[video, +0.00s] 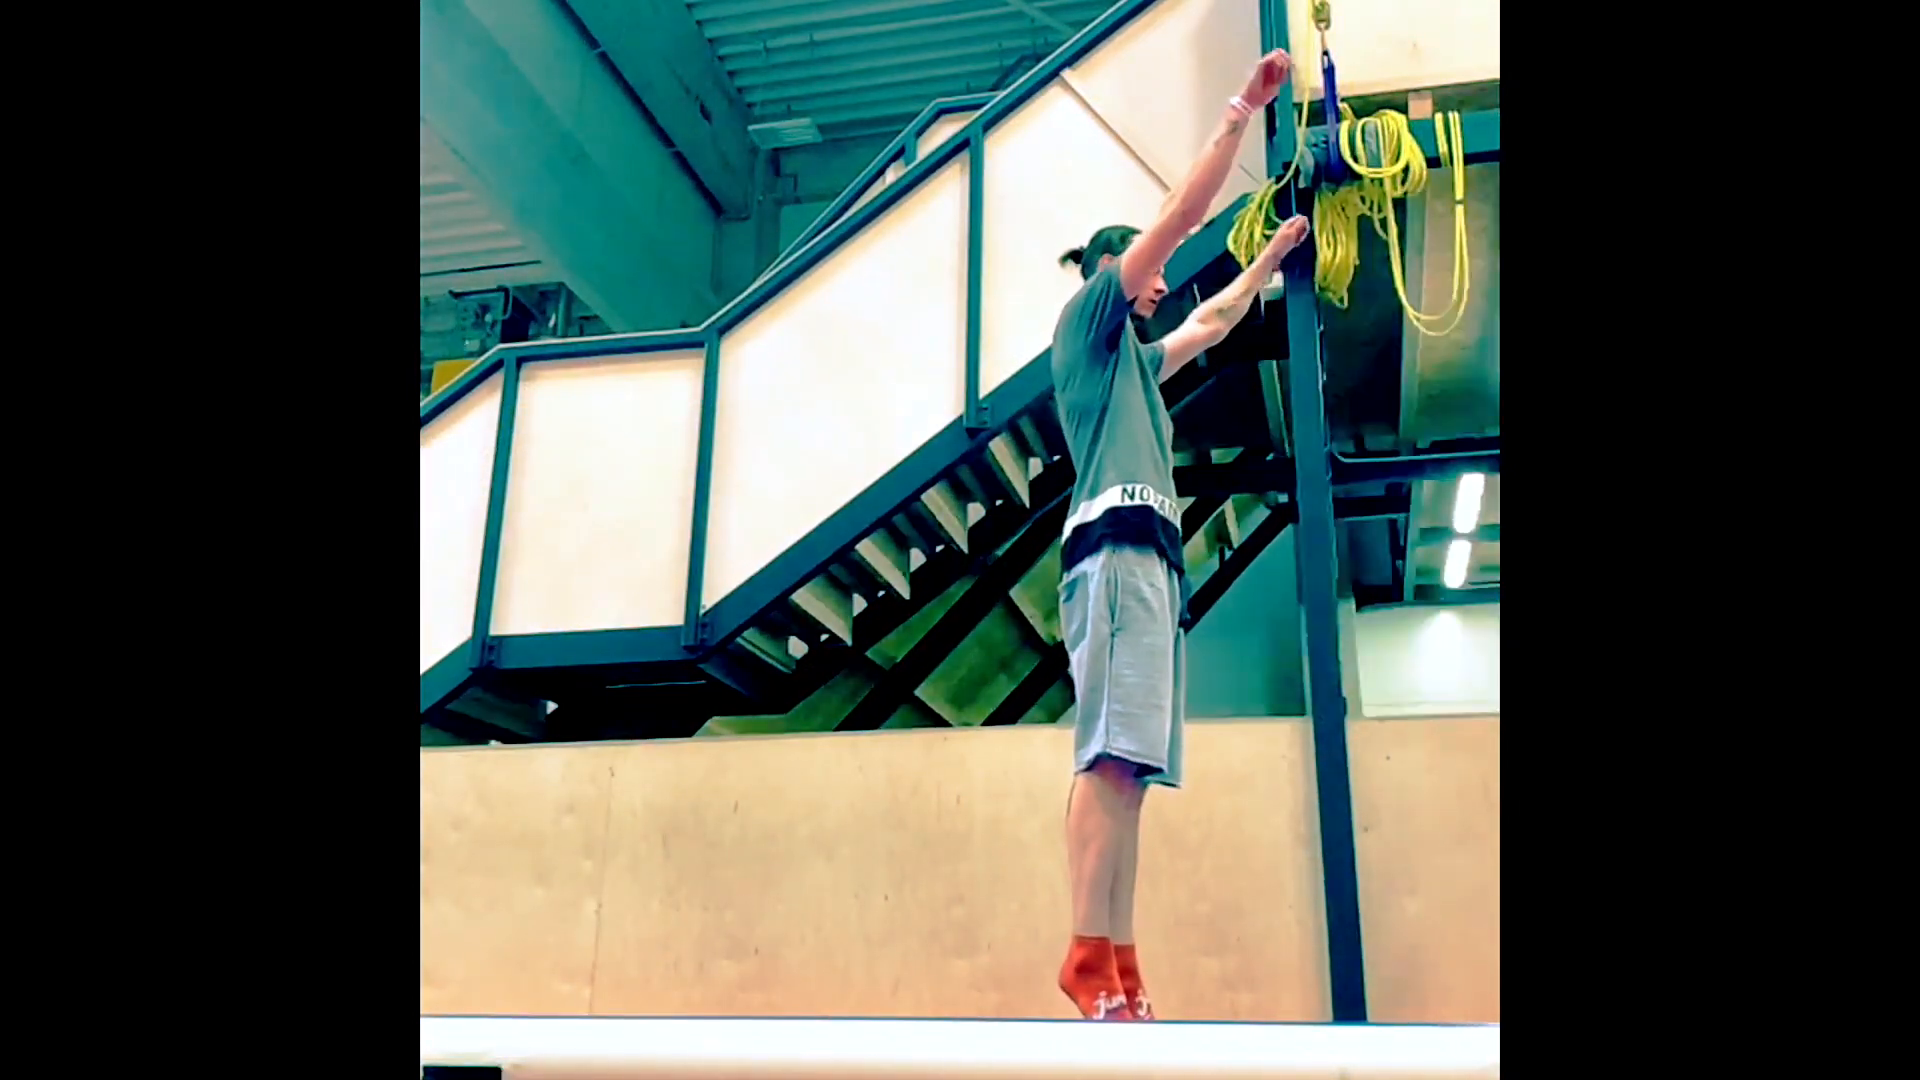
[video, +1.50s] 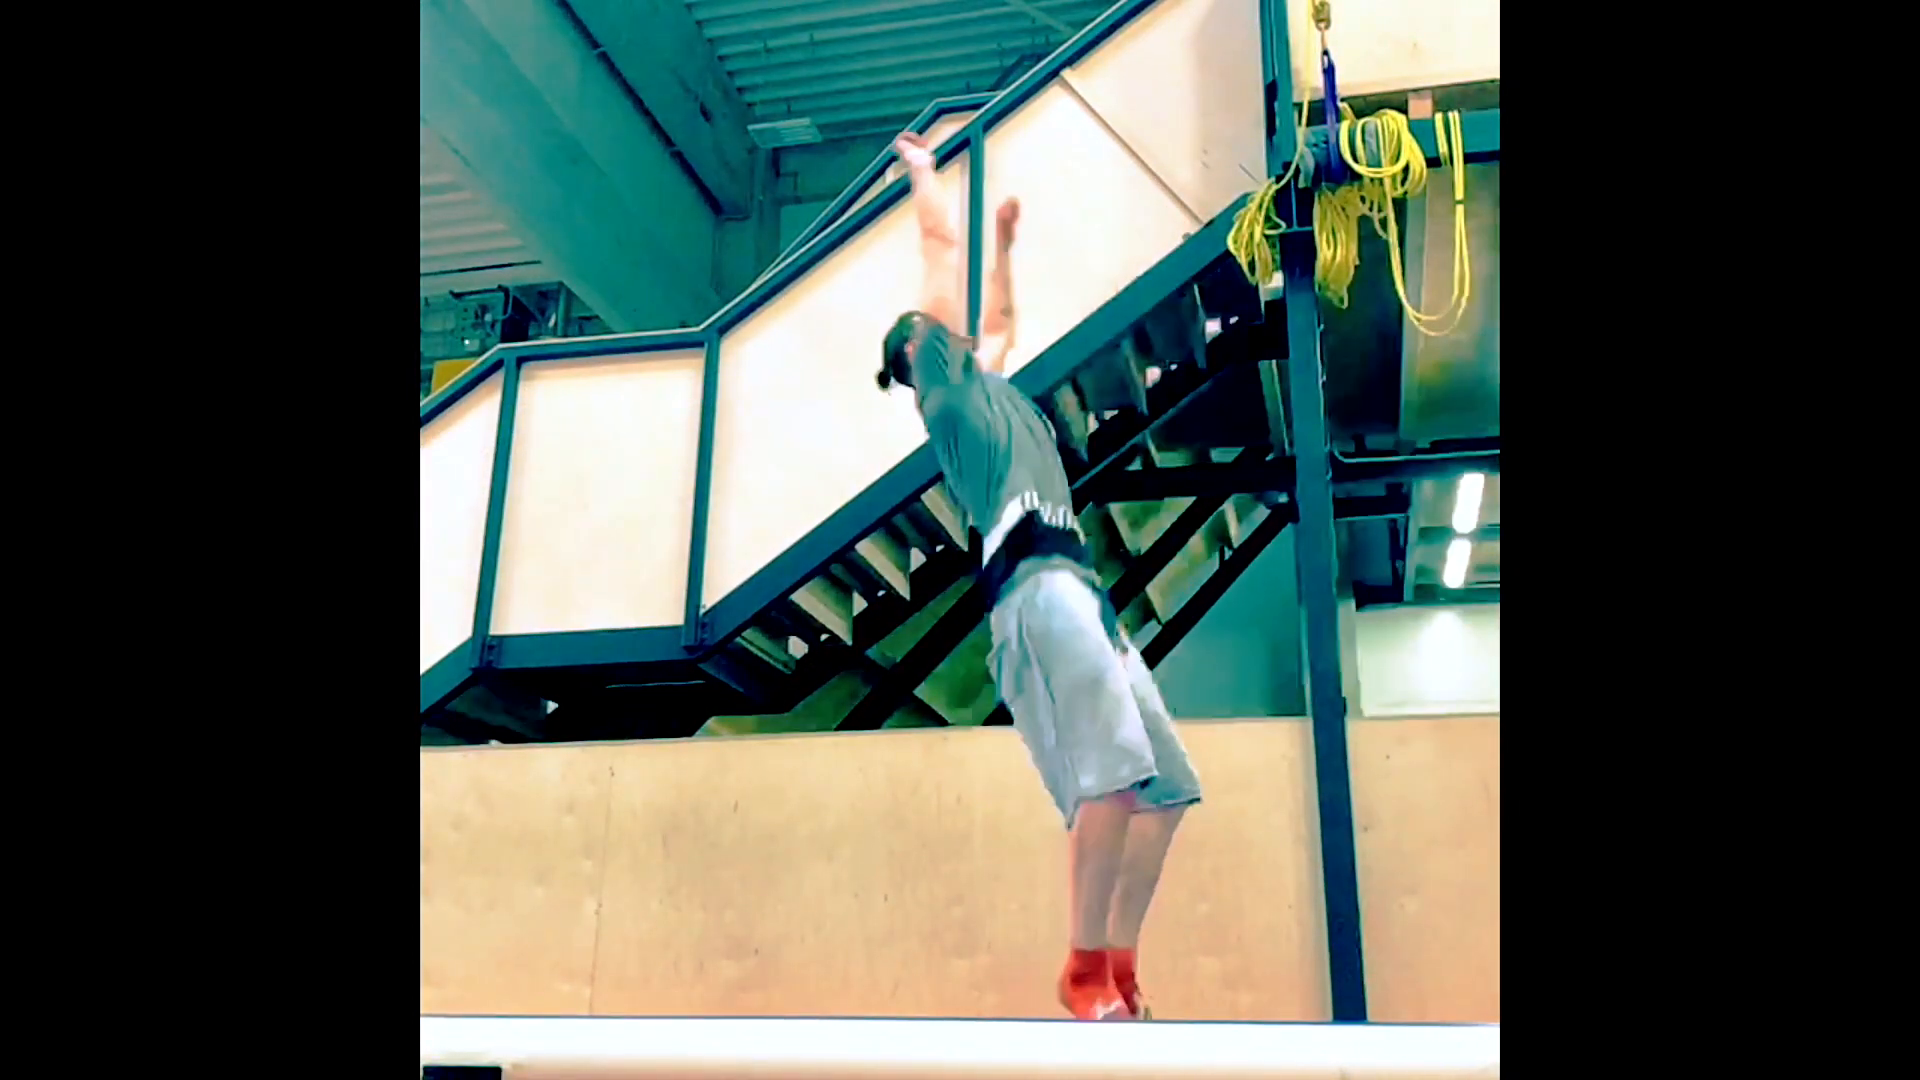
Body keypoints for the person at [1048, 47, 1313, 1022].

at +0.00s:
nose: (1148, 277)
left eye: (1147, 270)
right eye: (1135, 263)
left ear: (1124, 283)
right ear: (1102, 266)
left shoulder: (1131, 359)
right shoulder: (1089, 318)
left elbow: (1210, 323)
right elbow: (1179, 215)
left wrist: (1266, 261)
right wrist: (1242, 109)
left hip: (1145, 560)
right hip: (1118, 550)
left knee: (1130, 765)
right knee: (1112, 759)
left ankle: (1118, 963)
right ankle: (1086, 958)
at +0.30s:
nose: (1164, 283)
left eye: (1163, 272)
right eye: (1152, 268)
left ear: (1128, 276)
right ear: (1106, 268)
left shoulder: (1128, 371)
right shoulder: (1076, 321)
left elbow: (1222, 405)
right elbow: (1213, 343)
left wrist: (1326, 373)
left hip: (1129, 565)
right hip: (1093, 555)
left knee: (1121, 766)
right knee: (1102, 760)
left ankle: (1119, 960)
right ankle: (1088, 955)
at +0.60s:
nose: (1256, 452)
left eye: (1257, 439)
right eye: (1246, 435)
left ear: (1210, 438)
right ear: (1200, 430)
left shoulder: (1155, 490)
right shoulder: (1140, 455)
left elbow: (1071, 476)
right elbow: (1006, 389)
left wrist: (1039, 443)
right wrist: (913, 333)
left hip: (1038, 655)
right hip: (1016, 653)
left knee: (1152, 805)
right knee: (1157, 795)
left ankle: (1093, 987)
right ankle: (1074, 987)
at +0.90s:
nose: (1126, 449)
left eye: (1125, 438)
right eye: (1113, 434)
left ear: (1083, 445)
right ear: (1068, 440)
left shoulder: (1080, 538)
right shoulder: (1030, 514)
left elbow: (1130, 652)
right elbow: (1113, 621)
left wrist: (1223, 708)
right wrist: (1217, 681)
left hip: (1044, 727)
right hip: (1003, 726)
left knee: (1200, 839)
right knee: (1169, 832)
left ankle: (1102, 1004)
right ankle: (1077, 1003)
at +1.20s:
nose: (985, 340)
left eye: (980, 337)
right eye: (970, 340)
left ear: (983, 375)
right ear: (952, 376)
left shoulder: (1020, 428)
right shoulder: (972, 421)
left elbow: (1071, 346)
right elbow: (1020, 286)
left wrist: (1077, 251)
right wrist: (1028, 202)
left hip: (1052, 647)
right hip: (1013, 644)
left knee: (1179, 812)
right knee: (1132, 797)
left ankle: (1107, 993)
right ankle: (1075, 993)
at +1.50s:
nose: (944, 321)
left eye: (937, 321)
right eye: (931, 322)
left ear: (928, 353)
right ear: (921, 343)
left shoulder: (990, 387)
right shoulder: (945, 376)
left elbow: (1000, 327)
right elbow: (936, 238)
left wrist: (1000, 246)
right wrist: (918, 166)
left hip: (1077, 593)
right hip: (1039, 591)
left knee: (1166, 784)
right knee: (1111, 771)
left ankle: (1118, 971)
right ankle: (1083, 971)